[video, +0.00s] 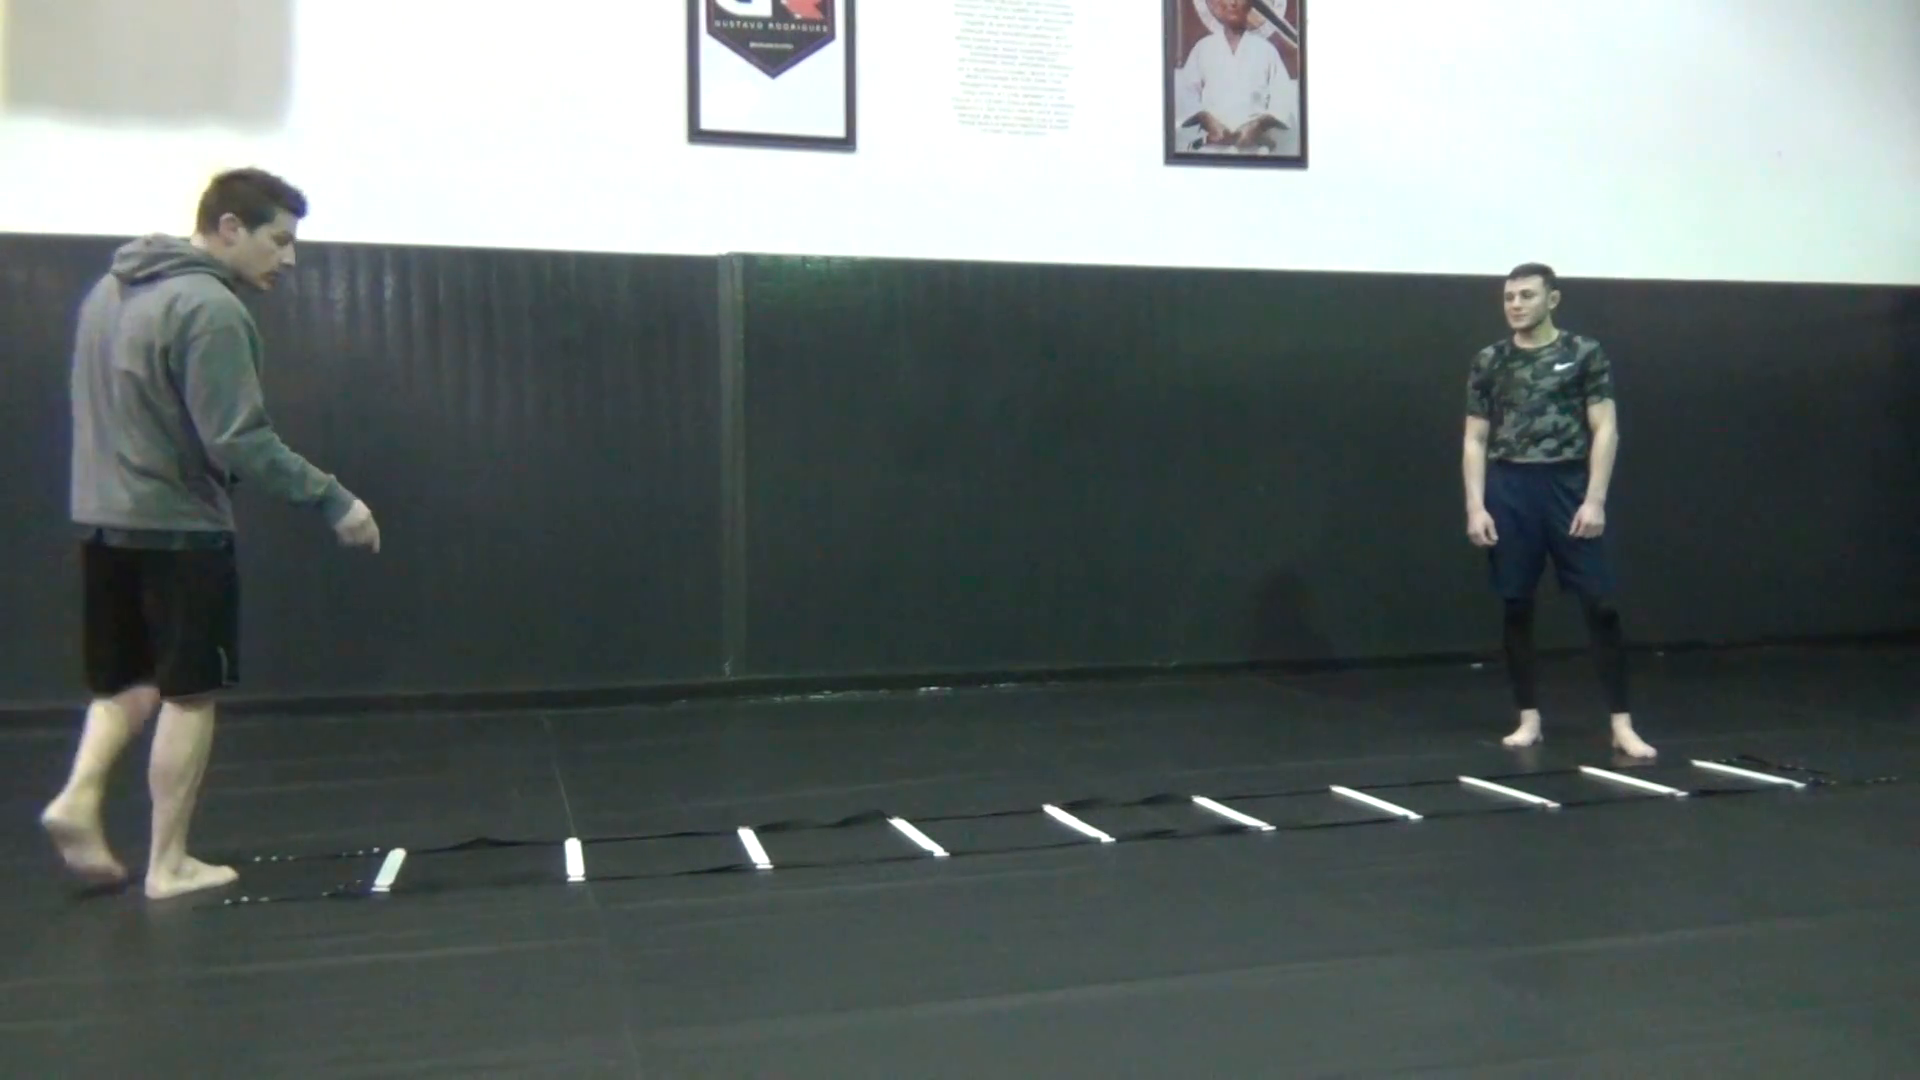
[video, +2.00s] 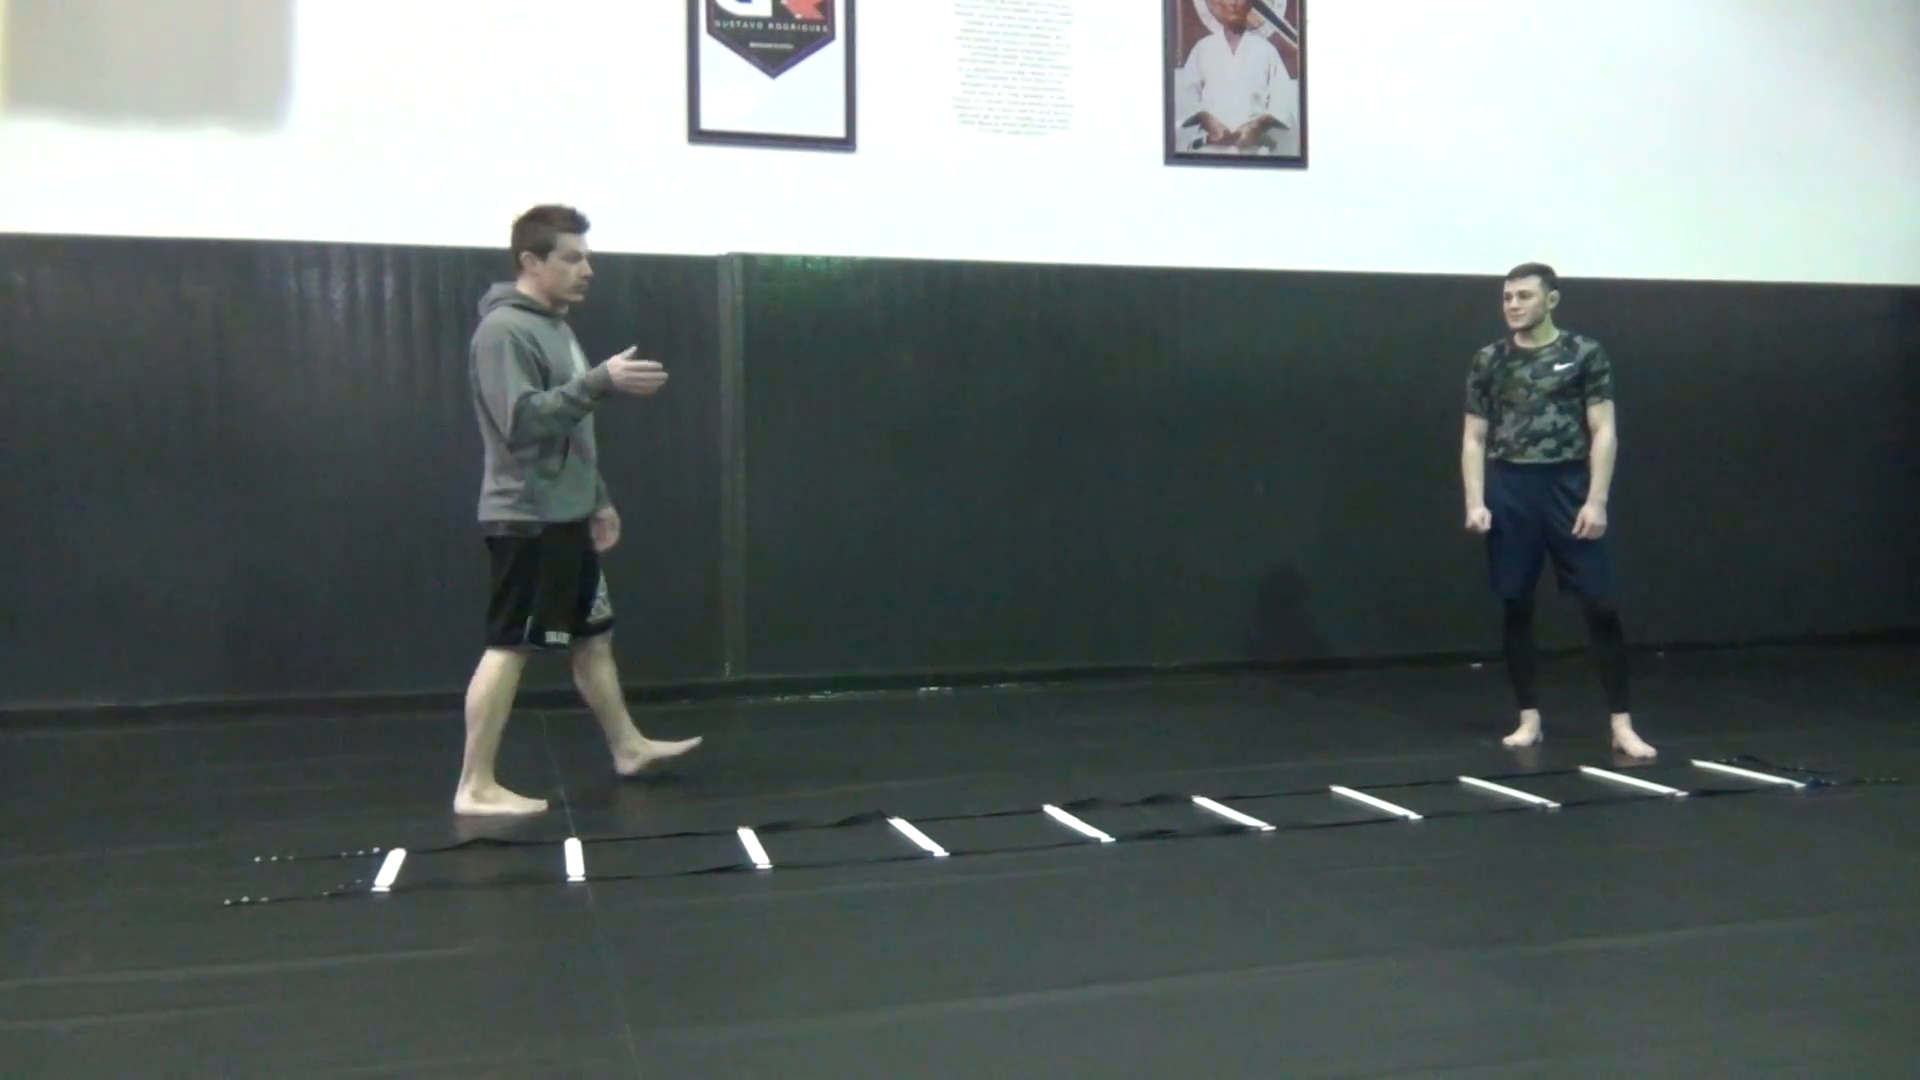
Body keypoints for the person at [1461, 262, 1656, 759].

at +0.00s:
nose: (1516, 305)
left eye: (1527, 296)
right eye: (1510, 298)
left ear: (1552, 299)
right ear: (1503, 304)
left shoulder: (1585, 353)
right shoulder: (1489, 361)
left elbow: (1604, 428)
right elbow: (1475, 438)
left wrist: (1595, 499)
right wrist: (1475, 506)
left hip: (1570, 490)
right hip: (1509, 491)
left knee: (1601, 603)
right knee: (1515, 605)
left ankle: (1621, 724)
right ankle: (1528, 718)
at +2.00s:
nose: (1513, 305)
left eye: (1524, 296)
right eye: (1508, 298)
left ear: (1551, 300)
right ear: (1503, 304)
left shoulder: (1586, 353)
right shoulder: (1489, 361)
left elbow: (1603, 431)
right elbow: (1474, 437)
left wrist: (1597, 499)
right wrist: (1474, 499)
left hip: (1570, 489)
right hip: (1509, 491)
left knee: (1600, 603)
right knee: (1515, 604)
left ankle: (1620, 723)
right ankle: (1528, 717)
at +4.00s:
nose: (1511, 305)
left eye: (1522, 296)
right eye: (1507, 297)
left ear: (1552, 300)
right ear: (1505, 303)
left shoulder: (1588, 353)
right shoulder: (1490, 359)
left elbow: (1605, 429)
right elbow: (1474, 437)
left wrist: (1601, 500)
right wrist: (1473, 504)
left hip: (1571, 490)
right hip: (1509, 491)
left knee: (1602, 605)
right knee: (1516, 606)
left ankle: (1621, 724)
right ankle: (1528, 718)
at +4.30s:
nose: (1515, 307)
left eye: (1526, 298)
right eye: (1510, 299)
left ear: (1554, 301)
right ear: (1506, 303)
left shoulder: (1589, 353)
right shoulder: (1491, 359)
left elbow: (1606, 429)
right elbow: (1476, 437)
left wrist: (1603, 499)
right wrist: (1475, 505)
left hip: (1572, 490)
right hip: (1510, 492)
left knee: (1603, 604)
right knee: (1517, 605)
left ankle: (1621, 723)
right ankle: (1528, 717)